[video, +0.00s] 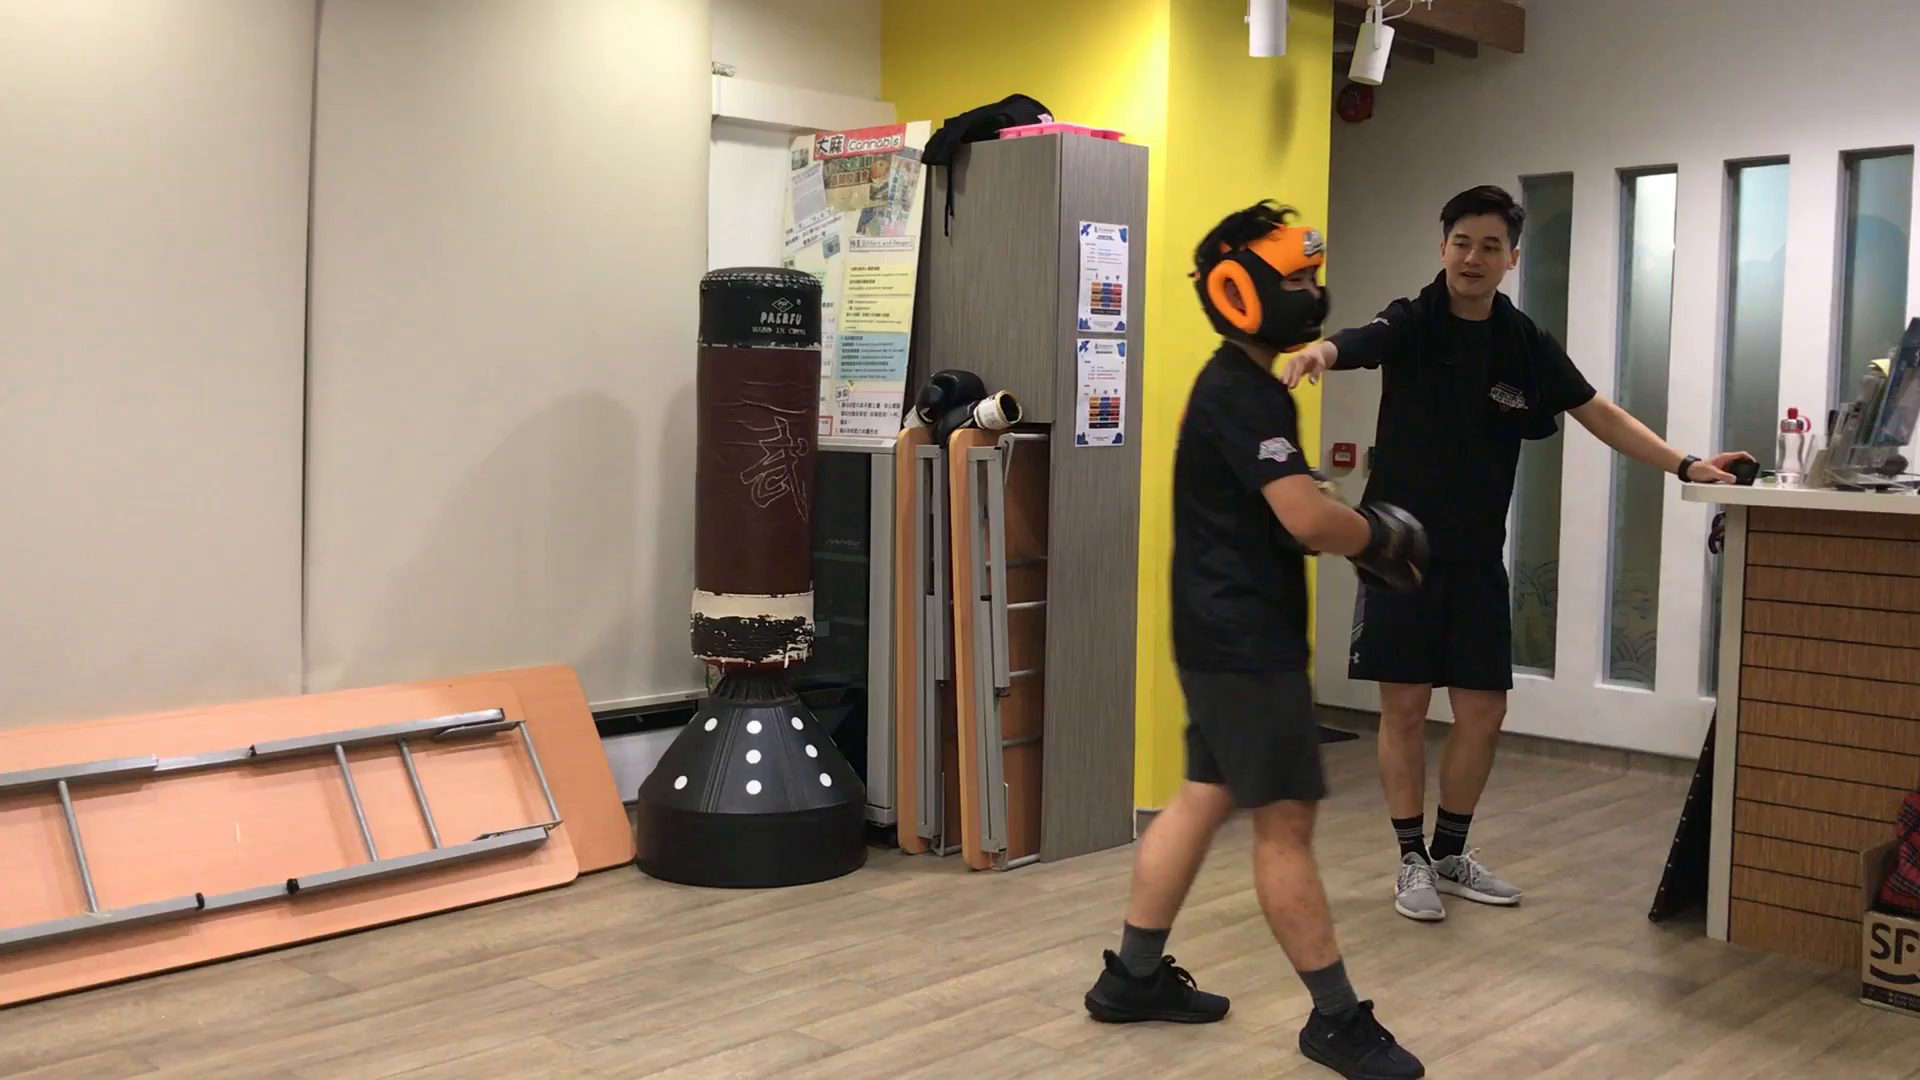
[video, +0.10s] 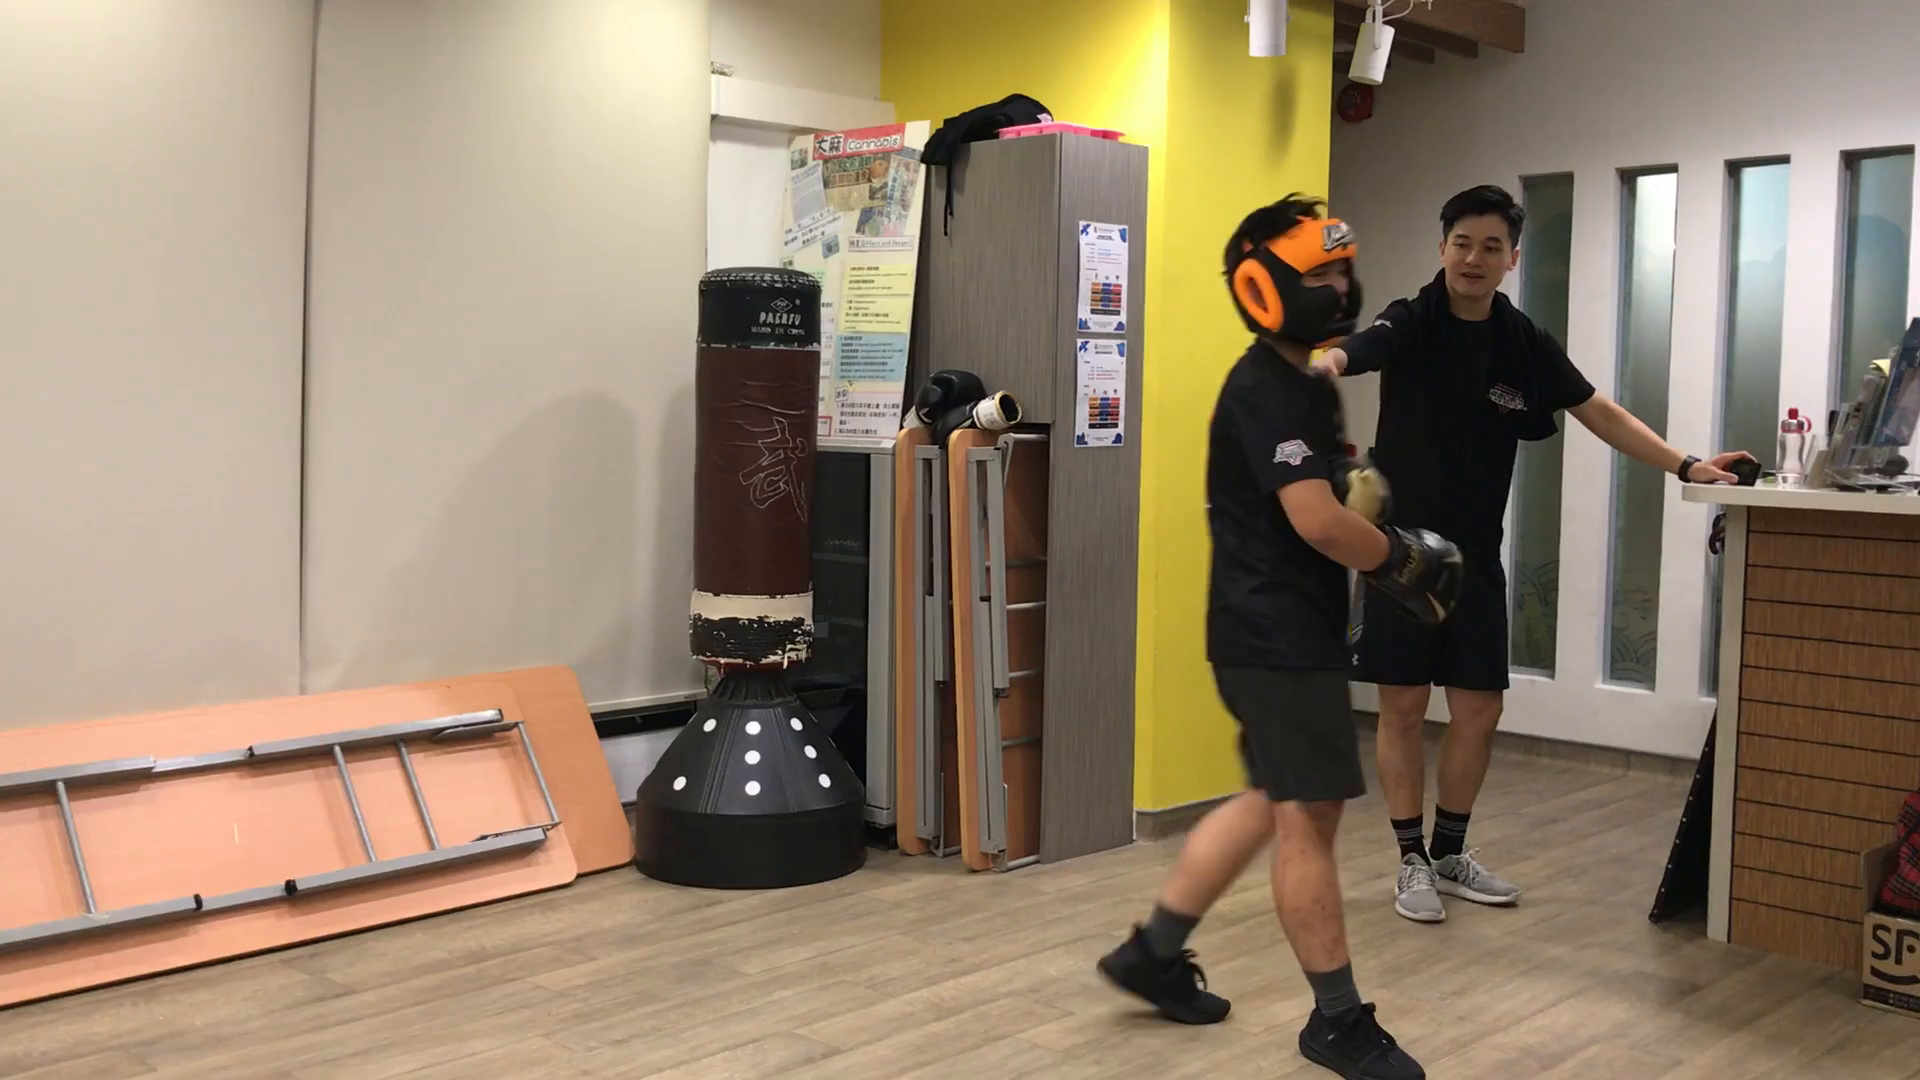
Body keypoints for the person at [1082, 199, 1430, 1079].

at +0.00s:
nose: (1311, 283)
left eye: (1309, 266)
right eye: (1293, 272)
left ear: (1243, 298)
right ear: (1242, 291)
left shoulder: (1241, 380)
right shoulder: (1243, 389)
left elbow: (1283, 506)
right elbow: (1307, 516)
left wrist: (1352, 531)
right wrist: (1374, 536)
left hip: (1221, 639)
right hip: (1250, 646)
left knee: (1206, 793)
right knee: (1284, 818)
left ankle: (1133, 973)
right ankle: (1337, 1015)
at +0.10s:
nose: (1337, 287)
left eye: (1340, 269)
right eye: (1317, 275)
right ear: (1268, 290)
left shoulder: (1296, 379)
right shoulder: (1274, 388)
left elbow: (1307, 498)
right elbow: (1315, 518)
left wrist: (1357, 501)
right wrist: (1401, 560)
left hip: (1277, 637)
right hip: (1280, 644)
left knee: (1269, 796)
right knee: (1309, 814)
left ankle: (1154, 946)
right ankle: (1337, 1014)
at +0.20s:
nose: (1361, 289)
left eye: (1368, 271)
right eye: (1339, 275)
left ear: (1379, 275)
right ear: (1286, 287)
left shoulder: (1349, 378)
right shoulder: (1285, 389)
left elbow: (1354, 485)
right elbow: (1329, 525)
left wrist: (1393, 480)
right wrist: (1414, 568)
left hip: (1348, 630)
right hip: (1298, 642)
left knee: (1360, 797)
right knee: (1318, 813)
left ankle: (1209, 915)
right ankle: (1338, 1014)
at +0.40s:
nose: (1394, 290)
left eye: (1407, 271)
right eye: (1371, 275)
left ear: (1424, 276)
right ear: (1329, 286)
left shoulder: (1442, 382)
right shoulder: (1319, 391)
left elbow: (1495, 506)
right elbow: (1351, 526)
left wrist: (1457, 490)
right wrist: (1442, 555)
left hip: (1424, 629)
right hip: (1337, 639)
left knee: (1463, 791)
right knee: (1343, 818)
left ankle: (1388, 953)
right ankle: (1336, 1014)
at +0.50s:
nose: (1417, 291)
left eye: (1431, 273)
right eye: (1396, 275)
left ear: (1454, 285)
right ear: (1360, 290)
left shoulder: (1484, 386)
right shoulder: (1339, 395)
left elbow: (1535, 505)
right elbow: (1357, 529)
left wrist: (1460, 501)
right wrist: (1466, 553)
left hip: (1456, 635)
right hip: (1357, 642)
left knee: (1481, 811)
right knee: (1354, 820)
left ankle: (1500, 988)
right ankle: (1339, 1011)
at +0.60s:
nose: (1444, 296)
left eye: (1459, 278)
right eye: (1423, 281)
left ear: (1483, 290)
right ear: (1391, 296)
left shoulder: (1520, 388)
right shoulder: (1366, 393)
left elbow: (1571, 505)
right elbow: (1361, 526)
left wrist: (1495, 516)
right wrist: (1476, 559)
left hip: (1483, 635)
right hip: (1384, 637)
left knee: (1504, 817)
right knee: (1368, 818)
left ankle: (1526, 992)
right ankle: (1340, 1012)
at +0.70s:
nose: (1464, 295)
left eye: (1481, 275)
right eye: (1443, 280)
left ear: (1515, 281)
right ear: (1421, 294)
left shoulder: (1557, 385)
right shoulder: (1399, 387)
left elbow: (1594, 512)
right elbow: (1375, 520)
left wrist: (1497, 513)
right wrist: (1500, 562)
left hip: (1512, 637)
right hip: (1411, 632)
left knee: (1510, 817)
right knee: (1392, 814)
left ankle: (1521, 993)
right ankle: (1346, 1012)